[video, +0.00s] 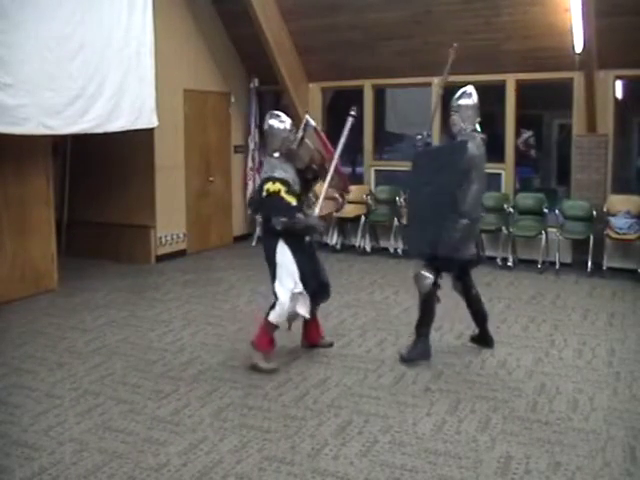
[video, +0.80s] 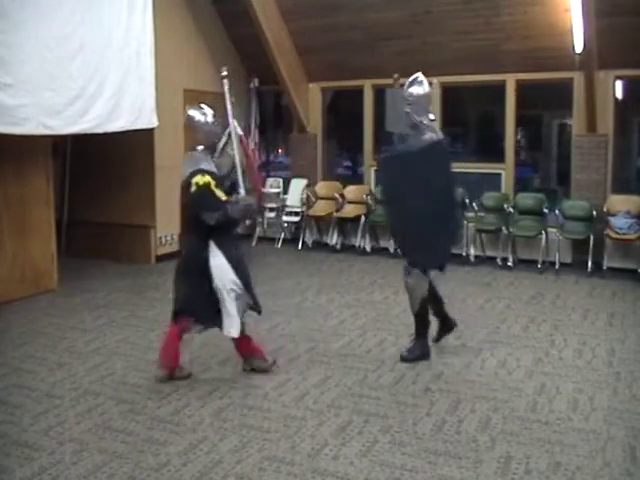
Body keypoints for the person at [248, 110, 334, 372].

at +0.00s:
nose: (310, 158)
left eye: (312, 154)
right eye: (306, 152)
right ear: (291, 150)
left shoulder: (293, 172)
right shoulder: (276, 176)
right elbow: (279, 216)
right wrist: (309, 223)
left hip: (297, 234)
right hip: (279, 237)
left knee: (313, 284)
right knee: (288, 289)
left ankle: (311, 333)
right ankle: (261, 343)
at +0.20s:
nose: (278, 142)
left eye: (277, 137)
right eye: (274, 138)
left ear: (261, 139)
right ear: (263, 140)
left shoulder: (272, 166)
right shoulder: (259, 175)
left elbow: (287, 190)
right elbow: (272, 220)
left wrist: (298, 160)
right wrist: (302, 216)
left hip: (281, 239)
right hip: (267, 244)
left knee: (294, 285)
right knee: (278, 293)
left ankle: (304, 328)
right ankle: (259, 346)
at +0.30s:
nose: (269, 136)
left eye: (268, 131)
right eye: (264, 131)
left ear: (259, 133)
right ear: (252, 133)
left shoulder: (265, 162)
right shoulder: (251, 170)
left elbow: (280, 188)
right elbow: (263, 215)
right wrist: (291, 211)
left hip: (274, 236)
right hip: (259, 240)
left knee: (285, 283)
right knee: (270, 288)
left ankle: (282, 330)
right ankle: (259, 342)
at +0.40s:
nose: (259, 132)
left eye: (259, 127)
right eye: (255, 127)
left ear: (249, 131)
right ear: (242, 131)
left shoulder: (254, 162)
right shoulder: (243, 170)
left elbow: (268, 188)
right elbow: (255, 212)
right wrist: (283, 204)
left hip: (260, 237)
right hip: (251, 241)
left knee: (264, 290)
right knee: (263, 293)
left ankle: (247, 337)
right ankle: (257, 351)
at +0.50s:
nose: (252, 135)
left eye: (252, 130)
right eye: (248, 130)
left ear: (238, 136)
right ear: (239, 135)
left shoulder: (244, 162)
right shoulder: (234, 171)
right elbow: (246, 211)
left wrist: (274, 196)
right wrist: (273, 202)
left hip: (241, 240)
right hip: (248, 244)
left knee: (239, 294)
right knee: (257, 294)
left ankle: (213, 336)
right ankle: (256, 353)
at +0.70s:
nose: (231, 139)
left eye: (231, 134)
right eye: (227, 134)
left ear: (213, 138)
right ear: (216, 137)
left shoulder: (219, 164)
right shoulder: (212, 171)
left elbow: (237, 187)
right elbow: (224, 214)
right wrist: (254, 203)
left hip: (221, 244)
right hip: (223, 246)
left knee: (206, 300)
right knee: (240, 297)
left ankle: (173, 349)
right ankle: (255, 355)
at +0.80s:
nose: (219, 135)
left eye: (218, 129)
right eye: (214, 129)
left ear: (200, 138)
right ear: (202, 136)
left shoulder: (201, 169)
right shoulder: (201, 175)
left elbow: (219, 196)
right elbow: (211, 215)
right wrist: (241, 210)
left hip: (196, 248)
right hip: (209, 249)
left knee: (188, 306)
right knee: (230, 297)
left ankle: (169, 363)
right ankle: (251, 356)